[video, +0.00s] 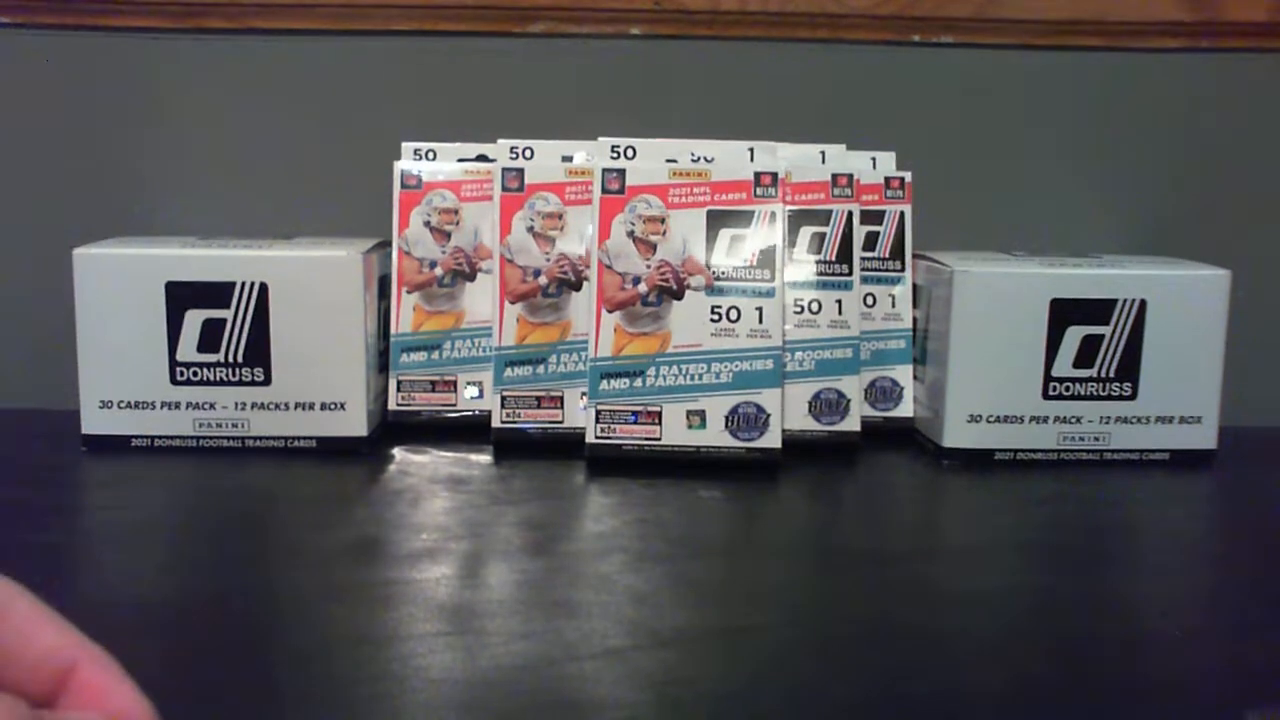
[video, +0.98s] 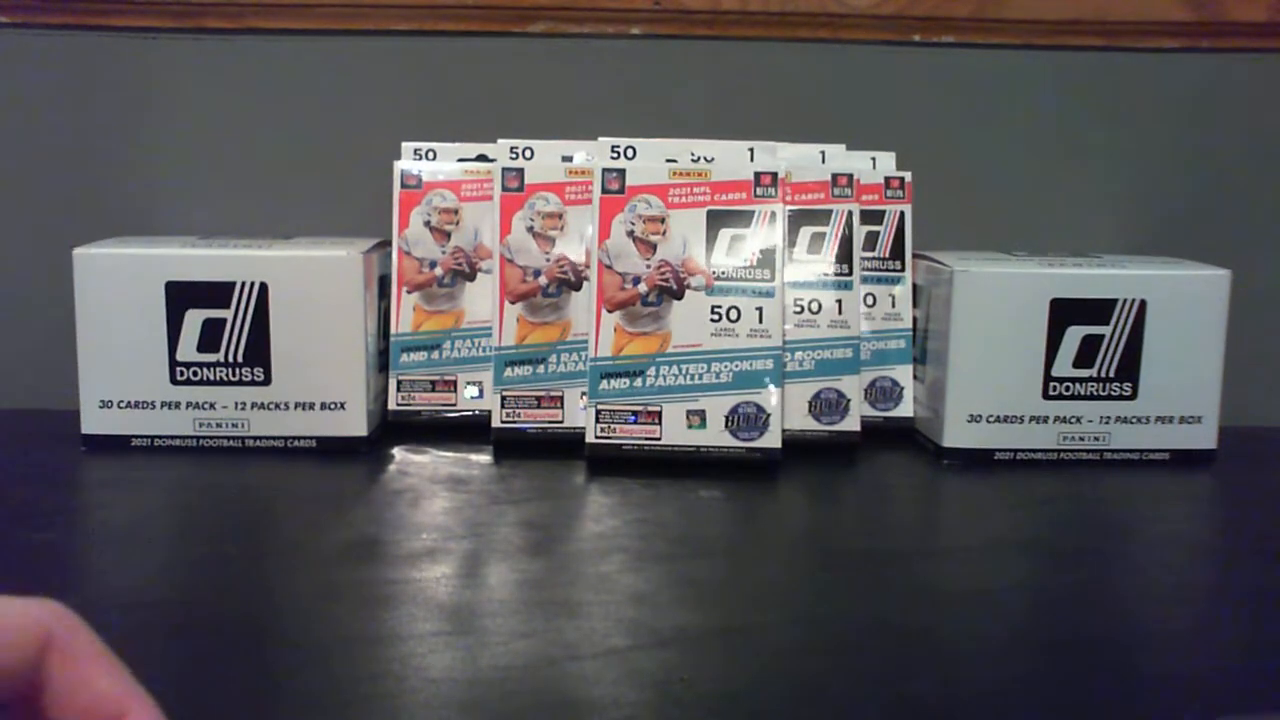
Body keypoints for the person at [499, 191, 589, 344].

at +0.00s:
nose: (555, 223)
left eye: (559, 217)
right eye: (549, 217)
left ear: (564, 220)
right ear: (533, 218)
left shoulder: (568, 245)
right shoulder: (514, 244)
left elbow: (577, 286)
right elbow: (512, 294)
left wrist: (574, 272)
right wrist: (545, 278)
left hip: (557, 324)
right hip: (527, 323)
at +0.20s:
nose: (555, 223)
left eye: (559, 217)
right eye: (549, 217)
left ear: (564, 219)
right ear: (533, 218)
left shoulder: (569, 244)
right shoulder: (514, 244)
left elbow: (577, 286)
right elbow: (512, 294)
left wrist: (575, 272)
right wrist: (545, 278)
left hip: (557, 324)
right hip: (526, 322)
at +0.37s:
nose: (555, 222)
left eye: (559, 217)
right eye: (549, 217)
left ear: (564, 219)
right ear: (533, 218)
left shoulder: (569, 244)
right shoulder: (514, 244)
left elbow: (577, 286)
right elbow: (512, 294)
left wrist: (576, 272)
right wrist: (545, 278)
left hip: (557, 324)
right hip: (526, 322)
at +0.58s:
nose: (555, 223)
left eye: (559, 217)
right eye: (549, 217)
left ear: (564, 219)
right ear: (533, 218)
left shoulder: (569, 244)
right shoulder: (514, 244)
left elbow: (577, 286)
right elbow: (512, 294)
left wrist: (576, 272)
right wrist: (545, 278)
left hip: (557, 324)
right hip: (526, 322)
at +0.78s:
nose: (555, 223)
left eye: (559, 217)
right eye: (549, 217)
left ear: (564, 219)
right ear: (533, 218)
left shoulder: (568, 244)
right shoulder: (514, 244)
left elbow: (577, 286)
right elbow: (512, 294)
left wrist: (573, 272)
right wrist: (545, 278)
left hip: (557, 324)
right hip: (526, 323)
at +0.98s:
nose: (556, 223)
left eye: (559, 217)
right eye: (549, 217)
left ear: (564, 219)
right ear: (534, 218)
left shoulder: (570, 244)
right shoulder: (514, 244)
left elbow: (578, 285)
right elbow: (512, 294)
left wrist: (572, 271)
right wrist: (545, 279)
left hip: (557, 324)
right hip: (526, 323)